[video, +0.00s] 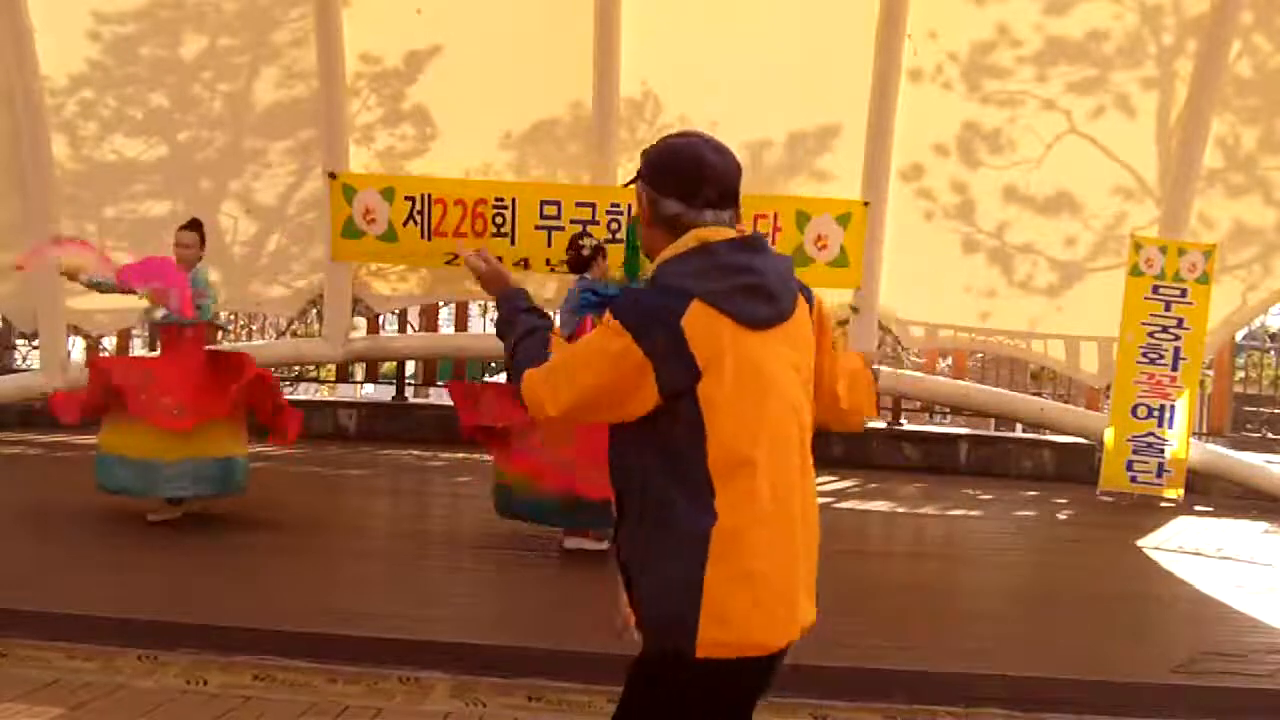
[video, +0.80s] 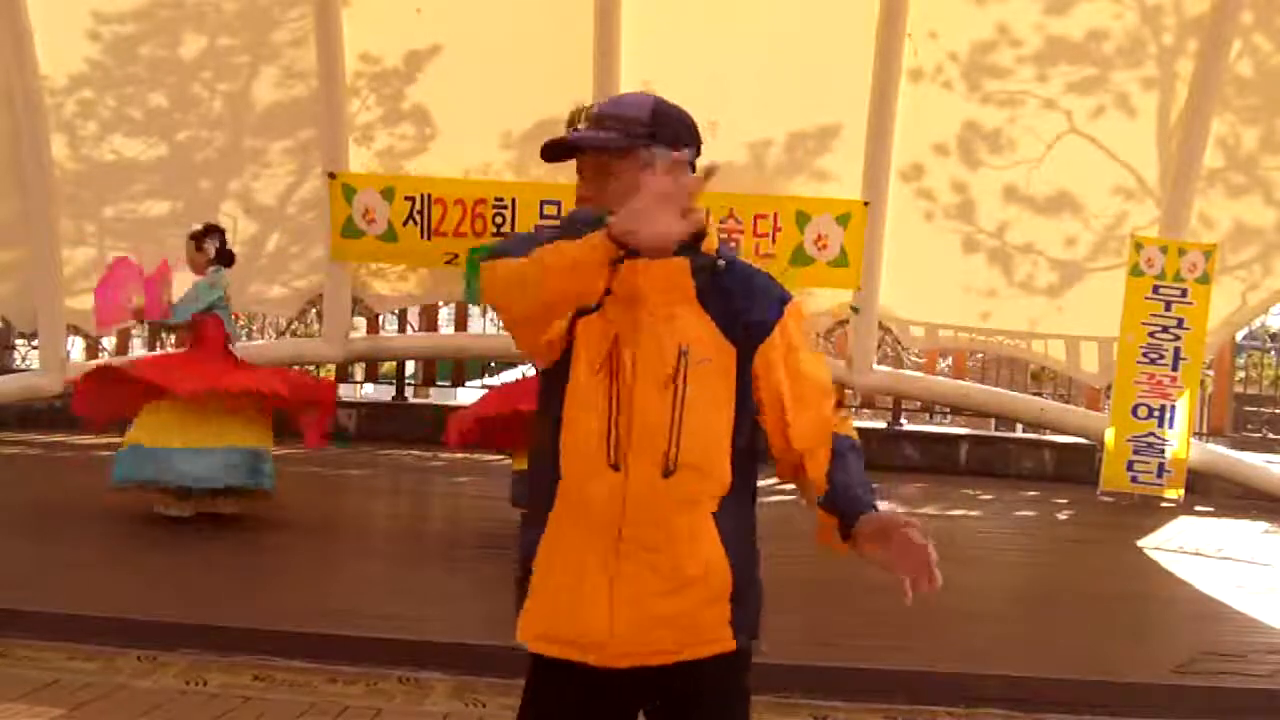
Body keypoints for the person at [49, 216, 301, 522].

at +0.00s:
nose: (180, 251)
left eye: (187, 246)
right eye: (177, 245)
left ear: (201, 250)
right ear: (173, 247)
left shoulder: (202, 279)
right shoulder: (167, 278)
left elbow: (210, 323)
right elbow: (126, 284)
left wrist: (166, 307)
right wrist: (83, 278)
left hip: (194, 360)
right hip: (168, 359)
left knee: (184, 424)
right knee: (172, 424)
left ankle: (176, 499)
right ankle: (183, 494)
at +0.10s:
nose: (197, 254)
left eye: (201, 248)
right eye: (191, 247)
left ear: (205, 249)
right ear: (173, 247)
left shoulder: (211, 284)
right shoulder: (159, 283)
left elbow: (227, 316)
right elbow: (123, 285)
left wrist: (195, 310)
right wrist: (94, 276)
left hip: (198, 358)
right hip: (163, 355)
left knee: (183, 424)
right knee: (151, 420)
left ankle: (171, 496)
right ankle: (143, 493)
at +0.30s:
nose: (198, 251)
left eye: (197, 245)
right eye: (195, 245)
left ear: (174, 245)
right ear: (181, 245)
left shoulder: (167, 279)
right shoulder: (175, 279)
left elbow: (211, 312)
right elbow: (215, 292)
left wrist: (233, 289)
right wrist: (256, 287)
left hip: (157, 356)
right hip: (173, 357)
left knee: (147, 422)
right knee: (182, 422)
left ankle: (142, 501)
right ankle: (177, 499)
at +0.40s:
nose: (199, 248)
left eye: (197, 242)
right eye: (196, 243)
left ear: (171, 246)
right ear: (188, 246)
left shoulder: (159, 282)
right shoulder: (193, 282)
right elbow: (241, 295)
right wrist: (275, 289)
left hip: (152, 358)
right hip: (181, 361)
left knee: (150, 424)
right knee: (181, 425)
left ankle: (145, 500)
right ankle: (173, 501)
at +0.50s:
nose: (194, 250)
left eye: (183, 244)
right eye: (196, 245)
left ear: (173, 248)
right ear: (200, 249)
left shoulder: (162, 280)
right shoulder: (206, 281)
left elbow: (148, 317)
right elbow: (232, 300)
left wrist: (122, 325)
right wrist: (237, 286)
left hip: (163, 358)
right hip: (196, 358)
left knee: (164, 423)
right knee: (191, 423)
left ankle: (169, 497)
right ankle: (184, 497)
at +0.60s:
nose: (178, 246)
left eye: (181, 240)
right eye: (180, 240)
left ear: (187, 244)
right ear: (208, 246)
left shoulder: (180, 280)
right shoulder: (218, 281)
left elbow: (147, 309)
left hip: (181, 359)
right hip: (213, 358)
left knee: (172, 422)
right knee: (210, 423)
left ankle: (174, 497)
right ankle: (212, 498)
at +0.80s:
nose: (187, 259)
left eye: (191, 252)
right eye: (189, 252)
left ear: (207, 251)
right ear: (212, 252)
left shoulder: (212, 282)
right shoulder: (212, 282)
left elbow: (178, 313)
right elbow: (186, 319)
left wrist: (144, 315)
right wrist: (150, 314)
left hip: (211, 359)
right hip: (212, 357)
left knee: (186, 420)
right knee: (216, 421)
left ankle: (183, 496)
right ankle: (217, 494)